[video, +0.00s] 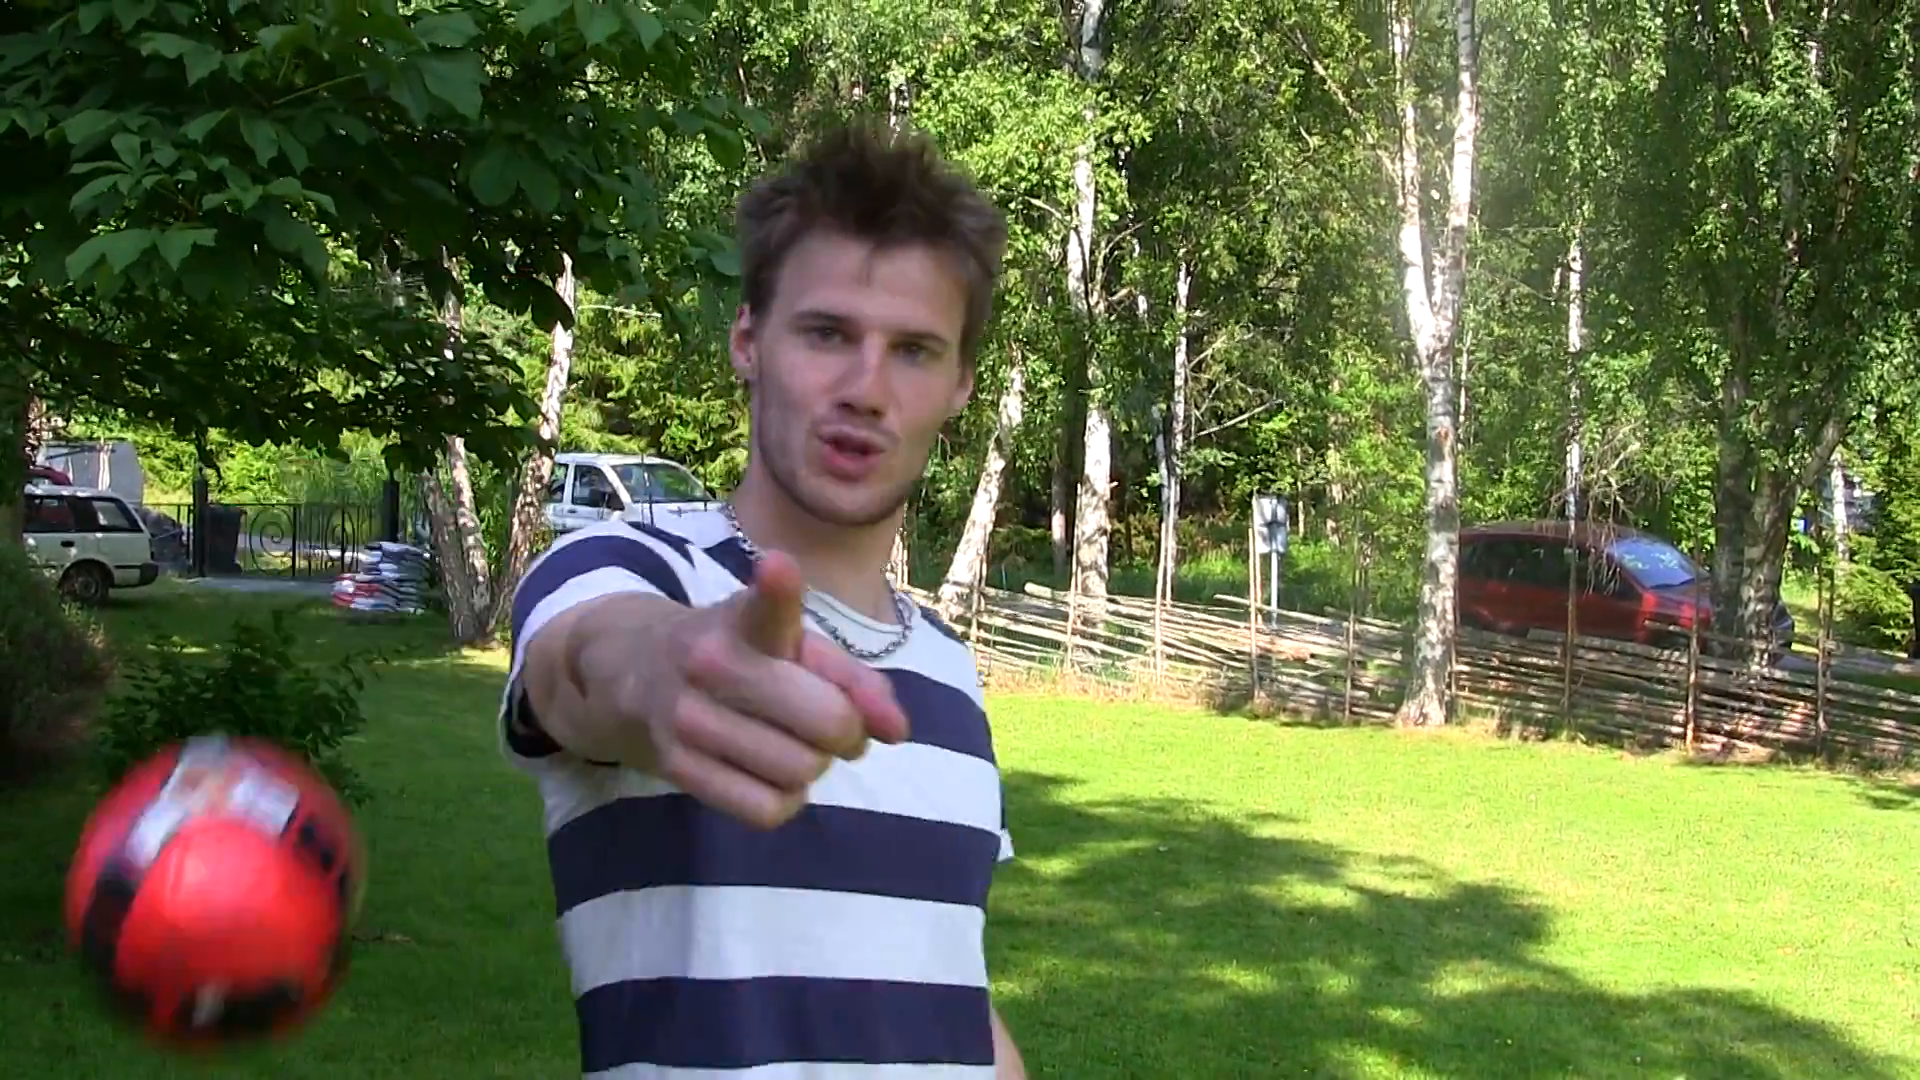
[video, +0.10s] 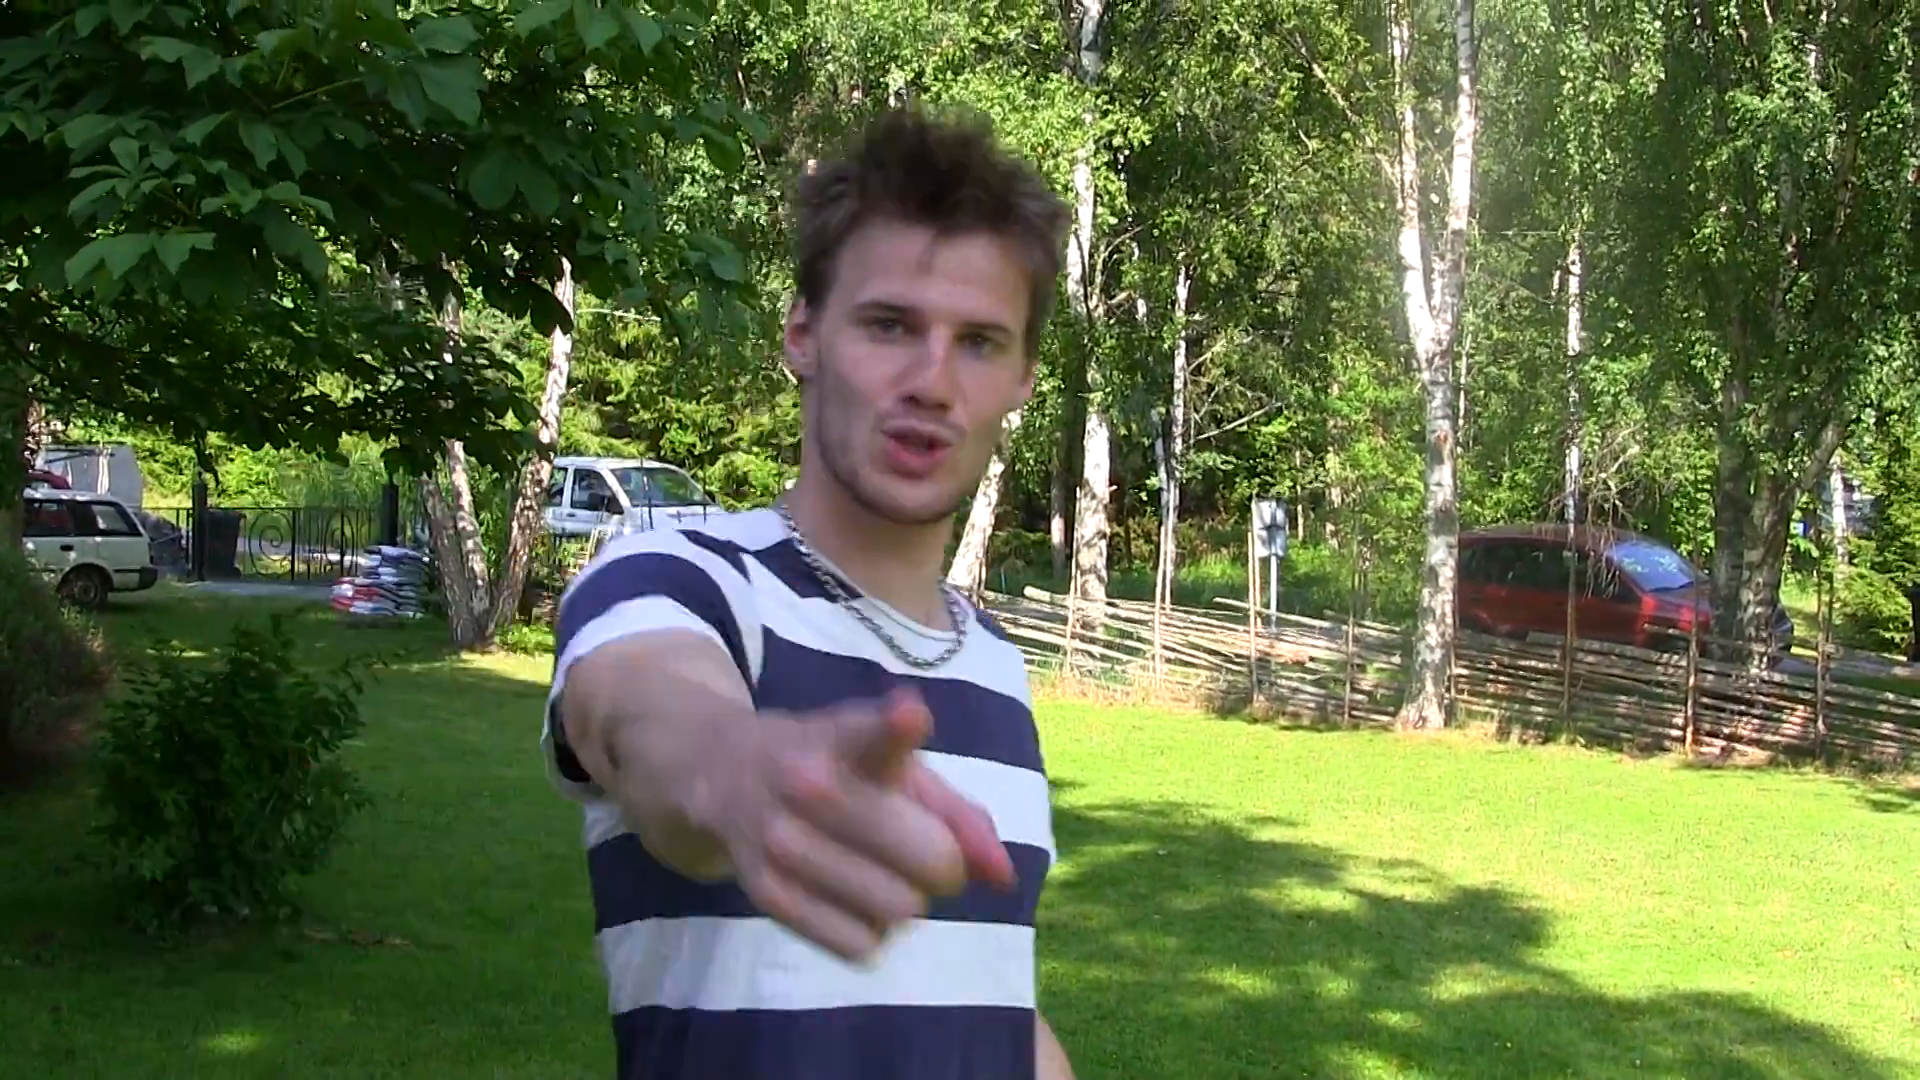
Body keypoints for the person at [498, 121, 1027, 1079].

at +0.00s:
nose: (863, 390)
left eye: (913, 352)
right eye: (825, 335)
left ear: (959, 388)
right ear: (748, 349)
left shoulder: (951, 675)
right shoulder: (617, 563)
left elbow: (950, 986)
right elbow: (578, 661)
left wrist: (1002, 1058)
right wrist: (669, 675)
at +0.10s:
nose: (932, 383)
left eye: (980, 342)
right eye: (889, 326)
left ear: (1021, 382)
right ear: (804, 342)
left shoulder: (999, 669)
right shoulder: (668, 570)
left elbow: (990, 990)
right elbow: (640, 704)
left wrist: (1043, 1056)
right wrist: (737, 777)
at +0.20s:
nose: (1032, 391)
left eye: (1077, 350)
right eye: (987, 331)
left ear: (1114, 386)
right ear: (888, 343)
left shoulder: (1073, 672)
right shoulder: (734, 595)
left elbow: (1055, 1005)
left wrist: (1098, 1060)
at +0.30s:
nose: (1125, 406)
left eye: (1173, 363)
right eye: (1079, 343)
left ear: (1206, 396)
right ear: (977, 352)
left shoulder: (1150, 694)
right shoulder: (816, 626)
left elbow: (1128, 1028)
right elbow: (702, 1029)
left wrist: (1162, 1061)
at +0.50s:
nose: (1223, 419)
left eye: (1267, 371)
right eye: (1170, 359)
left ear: (1305, 403)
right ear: (1069, 378)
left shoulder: (1250, 707)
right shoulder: (913, 681)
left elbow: (1224, 1042)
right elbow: (799, 1065)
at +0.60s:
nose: (1226, 399)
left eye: (1270, 348)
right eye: (1172, 339)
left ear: (1311, 379)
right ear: (1075, 354)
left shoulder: (1278, 691)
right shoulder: (922, 661)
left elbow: (1264, 1041)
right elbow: (817, 1065)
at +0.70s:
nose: (1227, 377)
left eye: (1269, 324)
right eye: (1173, 315)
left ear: (1310, 358)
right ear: (1073, 337)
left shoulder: (1292, 669)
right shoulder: (914, 640)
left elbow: (1301, 1036)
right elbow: (804, 1067)